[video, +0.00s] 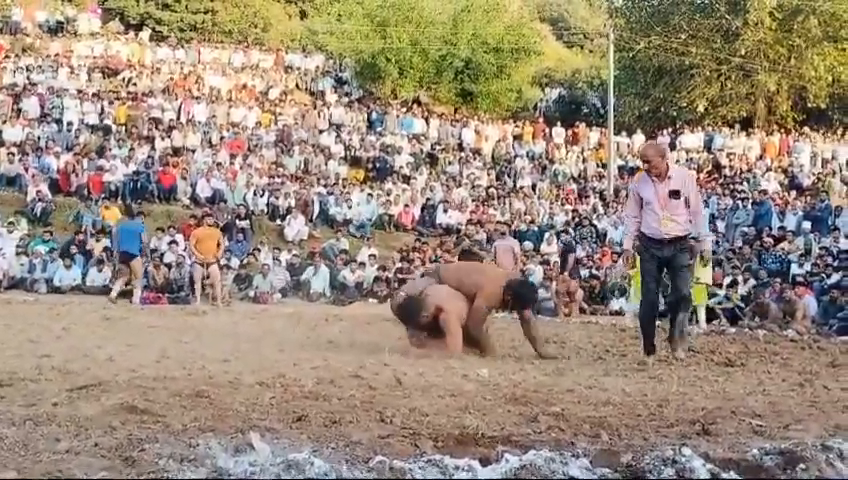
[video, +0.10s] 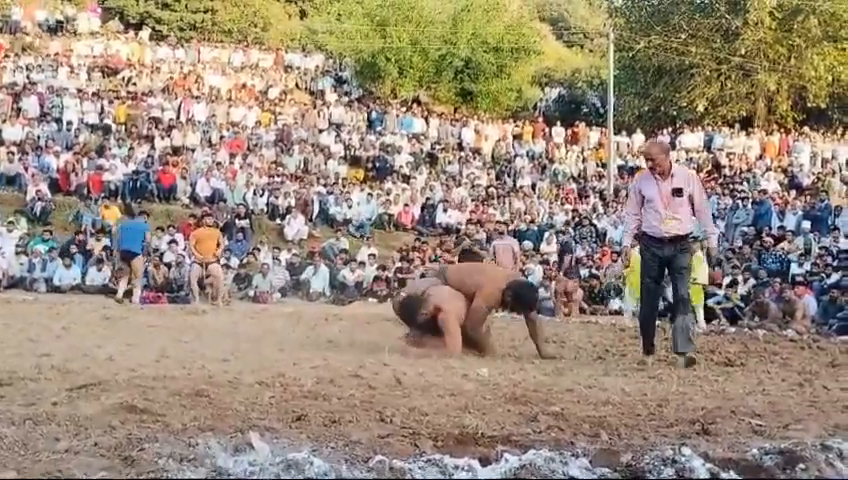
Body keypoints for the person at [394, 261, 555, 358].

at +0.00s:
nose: (519, 311)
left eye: (524, 309)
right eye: (519, 307)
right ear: (510, 298)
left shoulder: (517, 283)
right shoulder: (490, 291)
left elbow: (527, 321)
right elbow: (472, 329)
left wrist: (540, 350)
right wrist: (487, 351)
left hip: (457, 273)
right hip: (435, 276)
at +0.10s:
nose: (516, 314)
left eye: (520, 312)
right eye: (515, 310)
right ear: (508, 298)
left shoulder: (521, 282)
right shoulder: (490, 291)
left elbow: (532, 318)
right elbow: (471, 329)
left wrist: (542, 351)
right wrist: (486, 352)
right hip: (434, 280)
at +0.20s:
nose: (515, 312)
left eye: (521, 311)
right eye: (515, 309)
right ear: (507, 298)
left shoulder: (517, 282)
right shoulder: (485, 290)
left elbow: (529, 319)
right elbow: (466, 328)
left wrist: (541, 350)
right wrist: (483, 348)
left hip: (465, 276)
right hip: (440, 278)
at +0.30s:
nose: (510, 311)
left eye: (514, 308)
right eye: (508, 308)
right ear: (497, 295)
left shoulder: (514, 283)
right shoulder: (478, 290)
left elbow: (525, 319)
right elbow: (458, 327)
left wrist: (541, 351)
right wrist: (480, 346)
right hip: (434, 279)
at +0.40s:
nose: (491, 311)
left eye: (498, 309)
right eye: (491, 307)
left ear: (509, 295)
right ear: (486, 295)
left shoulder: (504, 286)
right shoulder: (469, 290)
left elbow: (518, 320)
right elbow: (454, 329)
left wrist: (539, 350)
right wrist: (481, 348)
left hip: (452, 280)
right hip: (427, 285)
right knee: (421, 330)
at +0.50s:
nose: (485, 308)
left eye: (489, 305)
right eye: (483, 304)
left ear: (498, 293)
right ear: (474, 292)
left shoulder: (496, 285)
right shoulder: (459, 290)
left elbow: (515, 319)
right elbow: (453, 332)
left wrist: (537, 349)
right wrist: (478, 348)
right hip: (427, 294)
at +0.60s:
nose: (477, 302)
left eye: (482, 300)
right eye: (474, 299)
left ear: (490, 287)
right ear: (466, 287)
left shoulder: (490, 279)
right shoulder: (450, 285)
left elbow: (511, 311)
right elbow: (453, 329)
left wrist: (523, 347)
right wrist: (478, 341)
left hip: (459, 303)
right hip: (426, 301)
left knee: (484, 340)